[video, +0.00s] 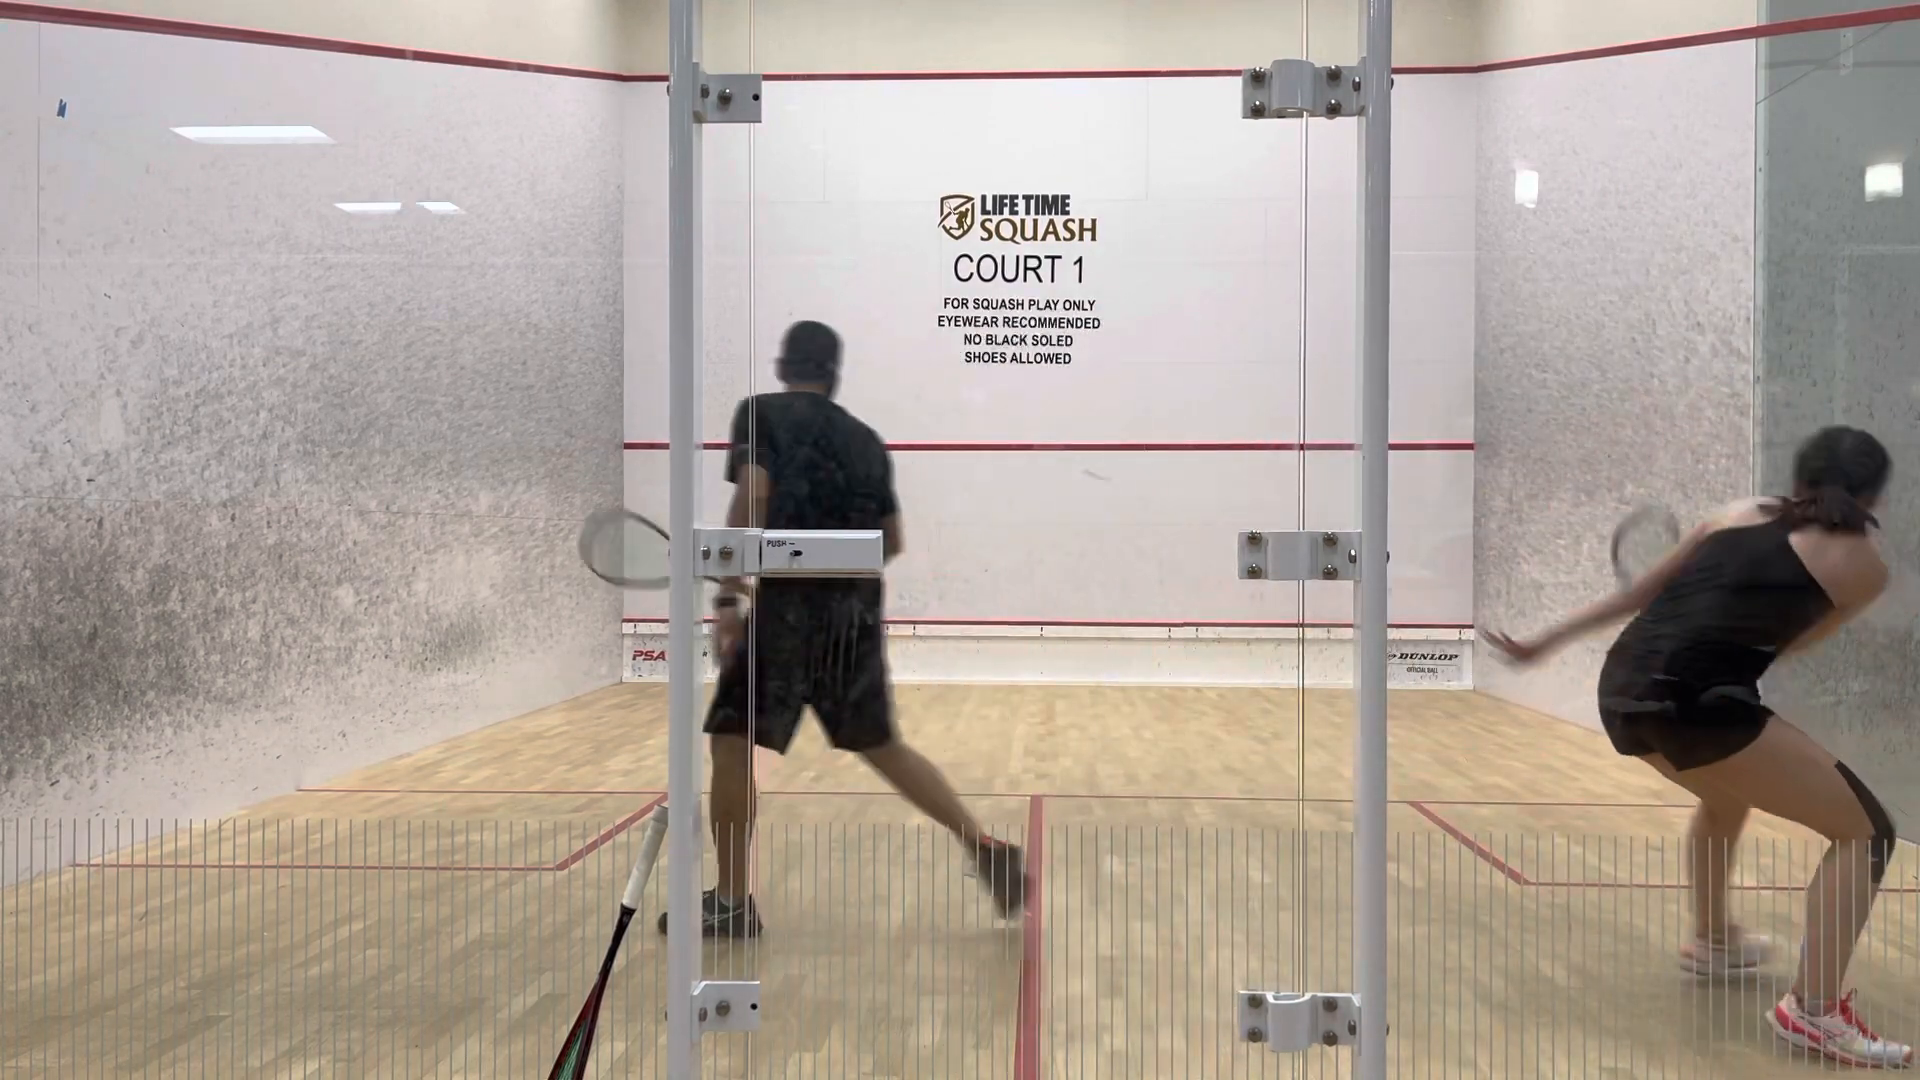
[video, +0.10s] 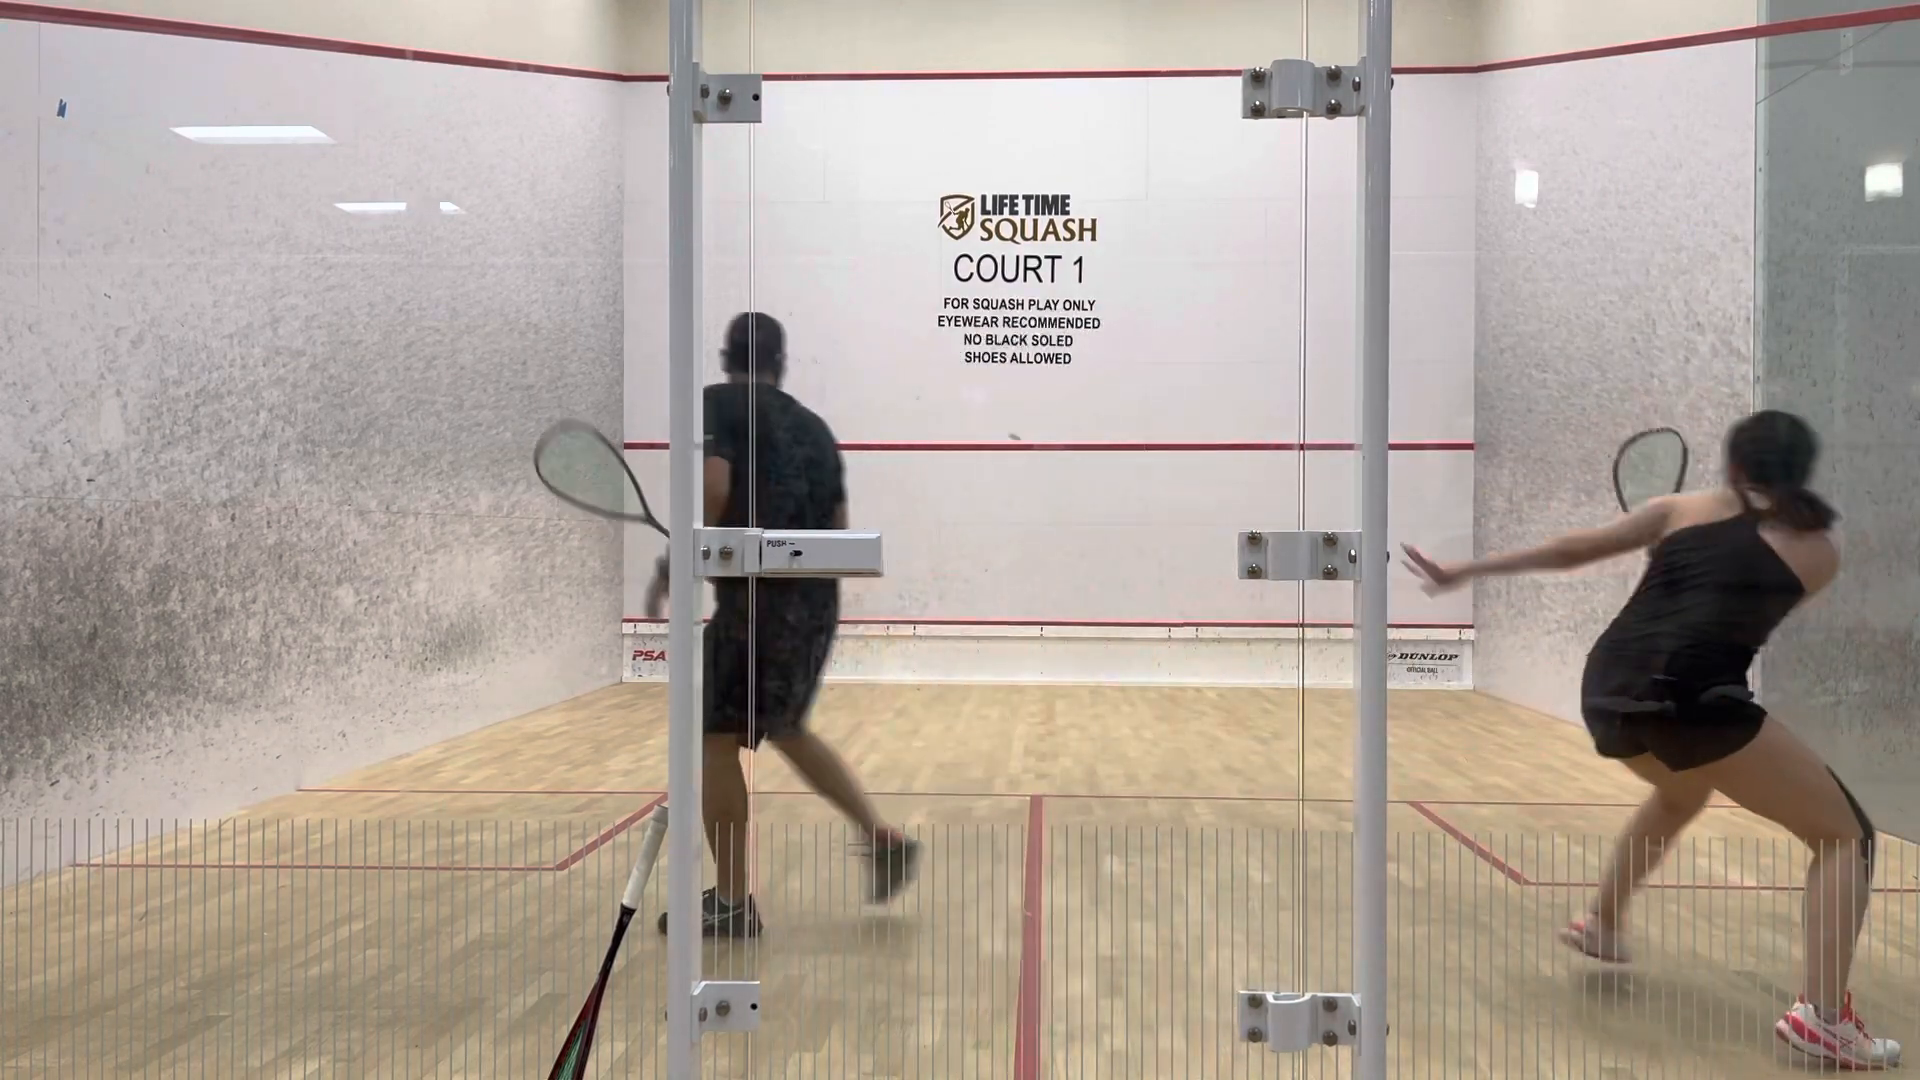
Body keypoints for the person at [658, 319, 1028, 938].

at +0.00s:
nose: (781, 373)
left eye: (781, 364)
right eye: (798, 365)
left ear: (782, 367)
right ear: (835, 374)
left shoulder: (760, 411)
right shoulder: (866, 438)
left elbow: (753, 493)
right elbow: (890, 540)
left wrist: (728, 596)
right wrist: (823, 572)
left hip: (780, 605)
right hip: (855, 609)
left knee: (730, 738)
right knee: (879, 742)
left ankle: (732, 898)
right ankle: (984, 847)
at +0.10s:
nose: (728, 365)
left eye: (727, 354)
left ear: (727, 357)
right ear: (781, 361)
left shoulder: (718, 404)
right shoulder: (815, 428)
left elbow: (713, 494)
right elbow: (836, 528)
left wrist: (670, 564)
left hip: (749, 600)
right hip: (813, 600)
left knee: (714, 738)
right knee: (785, 726)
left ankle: (733, 898)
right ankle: (881, 836)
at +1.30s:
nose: (337, 421)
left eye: (335, 413)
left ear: (339, 413)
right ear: (388, 412)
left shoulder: (343, 448)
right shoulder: (425, 462)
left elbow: (367, 506)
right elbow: (454, 552)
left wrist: (355, 604)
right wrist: (476, 643)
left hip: (425, 616)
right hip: (471, 611)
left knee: (408, 752)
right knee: (400, 744)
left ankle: (505, 847)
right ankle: (366, 858)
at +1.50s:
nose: (398, 383)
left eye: (394, 375)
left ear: (392, 377)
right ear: (444, 378)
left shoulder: (388, 426)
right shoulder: (487, 441)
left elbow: (385, 514)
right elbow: (518, 528)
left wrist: (340, 600)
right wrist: (535, 612)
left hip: (428, 615)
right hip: (486, 614)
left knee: (455, 749)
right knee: (418, 737)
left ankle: (508, 883)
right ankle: (373, 857)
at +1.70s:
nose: (418, 370)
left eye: (416, 362)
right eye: (435, 360)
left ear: (418, 365)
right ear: (473, 364)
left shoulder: (412, 414)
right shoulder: (510, 431)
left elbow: (410, 504)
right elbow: (532, 525)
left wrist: (356, 574)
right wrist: (531, 604)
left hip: (442, 610)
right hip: (502, 608)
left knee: (471, 741)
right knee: (436, 727)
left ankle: (508, 882)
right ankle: (410, 852)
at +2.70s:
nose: (345, 415)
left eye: (341, 407)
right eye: (349, 408)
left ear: (343, 406)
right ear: (394, 401)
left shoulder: (368, 434)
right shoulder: (415, 439)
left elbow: (413, 498)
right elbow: (418, 549)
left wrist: (375, 578)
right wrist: (349, 567)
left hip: (449, 602)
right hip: (473, 599)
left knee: (410, 742)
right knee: (428, 734)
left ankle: (487, 870)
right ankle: (428, 854)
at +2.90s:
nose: (330, 401)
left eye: (329, 390)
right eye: (329, 391)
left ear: (339, 388)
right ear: (384, 381)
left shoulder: (387, 424)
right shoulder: (384, 434)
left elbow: (461, 470)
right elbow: (425, 542)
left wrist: (485, 564)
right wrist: (368, 574)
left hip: (442, 613)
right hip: (439, 611)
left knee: (408, 746)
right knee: (436, 740)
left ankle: (478, 881)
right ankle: (430, 855)